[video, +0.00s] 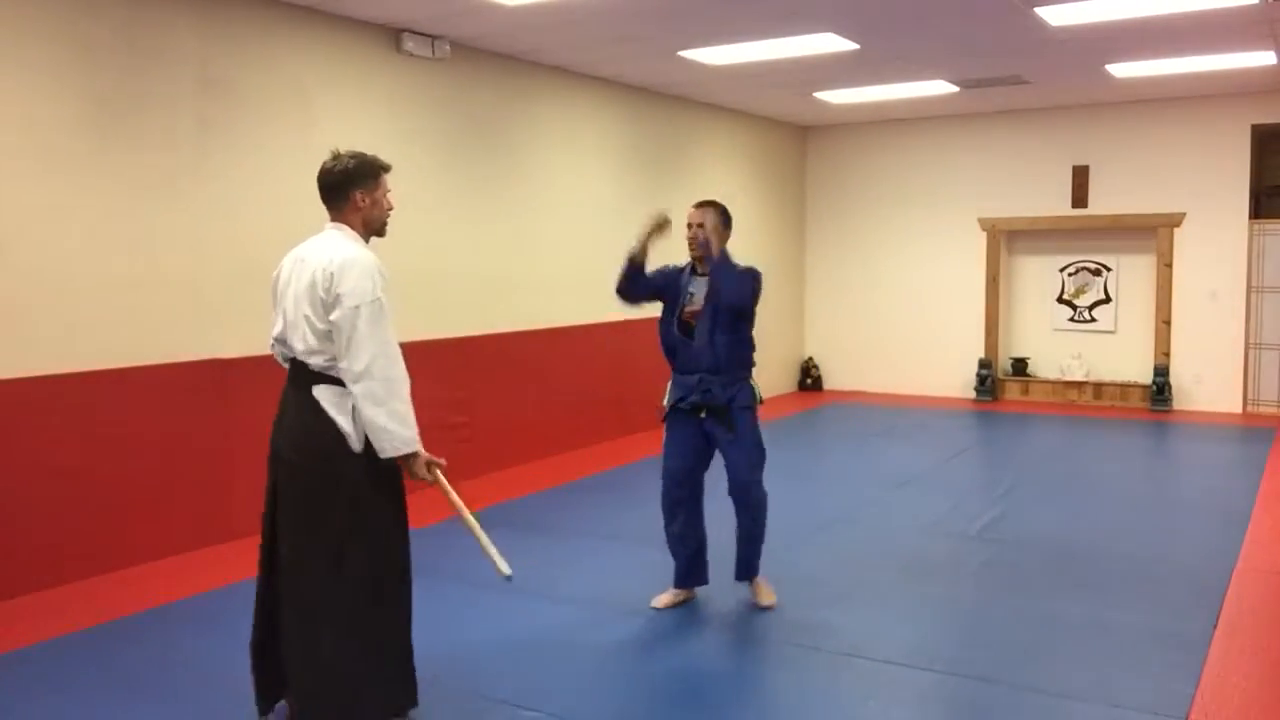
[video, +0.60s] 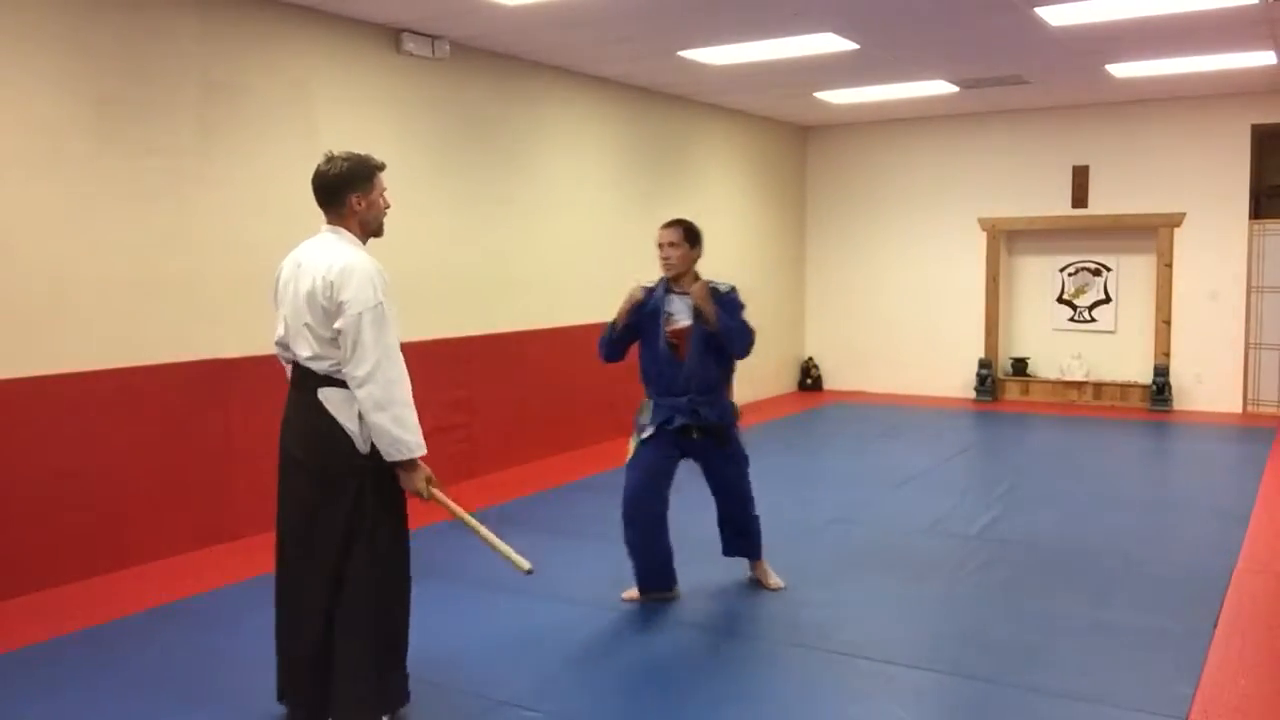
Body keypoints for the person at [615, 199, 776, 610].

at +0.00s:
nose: (692, 233)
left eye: (702, 227)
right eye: (689, 226)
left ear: (723, 234)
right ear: (685, 234)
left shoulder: (744, 278)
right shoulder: (675, 278)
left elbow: (736, 300)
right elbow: (629, 291)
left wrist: (717, 253)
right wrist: (640, 250)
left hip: (733, 405)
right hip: (686, 406)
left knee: (748, 487)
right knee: (677, 491)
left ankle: (752, 576)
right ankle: (685, 583)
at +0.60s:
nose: (665, 254)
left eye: (673, 246)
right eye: (661, 247)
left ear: (694, 251)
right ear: (657, 253)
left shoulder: (722, 298)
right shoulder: (648, 300)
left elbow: (742, 347)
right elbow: (610, 353)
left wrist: (710, 309)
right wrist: (623, 317)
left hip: (712, 419)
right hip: (662, 422)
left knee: (737, 492)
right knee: (640, 497)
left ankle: (757, 562)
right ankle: (656, 584)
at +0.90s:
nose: (590, 250)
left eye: (599, 243)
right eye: (587, 243)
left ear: (622, 248)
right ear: (585, 248)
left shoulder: (645, 289)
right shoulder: (591, 301)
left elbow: (626, 306)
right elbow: (571, 358)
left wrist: (579, 273)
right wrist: (569, 340)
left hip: (646, 410)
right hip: (608, 411)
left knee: (617, 498)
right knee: (622, 500)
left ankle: (621, 601)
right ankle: (658, 583)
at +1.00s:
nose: (561, 253)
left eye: (573, 245)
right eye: (559, 245)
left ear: (600, 251)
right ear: (562, 250)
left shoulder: (607, 285)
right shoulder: (580, 302)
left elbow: (551, 266)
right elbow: (572, 367)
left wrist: (497, 230)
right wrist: (547, 345)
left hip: (618, 419)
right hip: (595, 417)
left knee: (572, 515)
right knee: (616, 507)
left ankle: (544, 629)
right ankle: (664, 579)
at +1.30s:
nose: (495, 248)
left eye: (505, 241)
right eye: (497, 240)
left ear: (533, 250)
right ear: (542, 255)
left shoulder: (507, 290)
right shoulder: (579, 292)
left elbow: (450, 316)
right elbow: (603, 358)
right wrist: (579, 407)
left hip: (557, 432)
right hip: (602, 428)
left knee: (514, 532)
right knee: (576, 513)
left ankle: (521, 650)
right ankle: (602, 609)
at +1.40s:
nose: (462, 258)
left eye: (471, 251)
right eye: (466, 249)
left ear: (496, 262)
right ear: (510, 264)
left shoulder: (481, 313)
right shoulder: (558, 290)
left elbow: (456, 366)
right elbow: (601, 344)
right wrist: (557, 354)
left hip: (556, 437)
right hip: (603, 425)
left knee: (515, 536)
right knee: (586, 513)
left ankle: (525, 651)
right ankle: (609, 612)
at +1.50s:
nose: (436, 303)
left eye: (440, 294)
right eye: (436, 294)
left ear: (460, 295)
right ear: (479, 289)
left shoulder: (465, 337)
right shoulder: (529, 295)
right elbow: (582, 328)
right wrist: (549, 351)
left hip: (558, 443)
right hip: (603, 426)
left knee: (517, 538)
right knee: (590, 515)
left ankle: (523, 647)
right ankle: (608, 611)